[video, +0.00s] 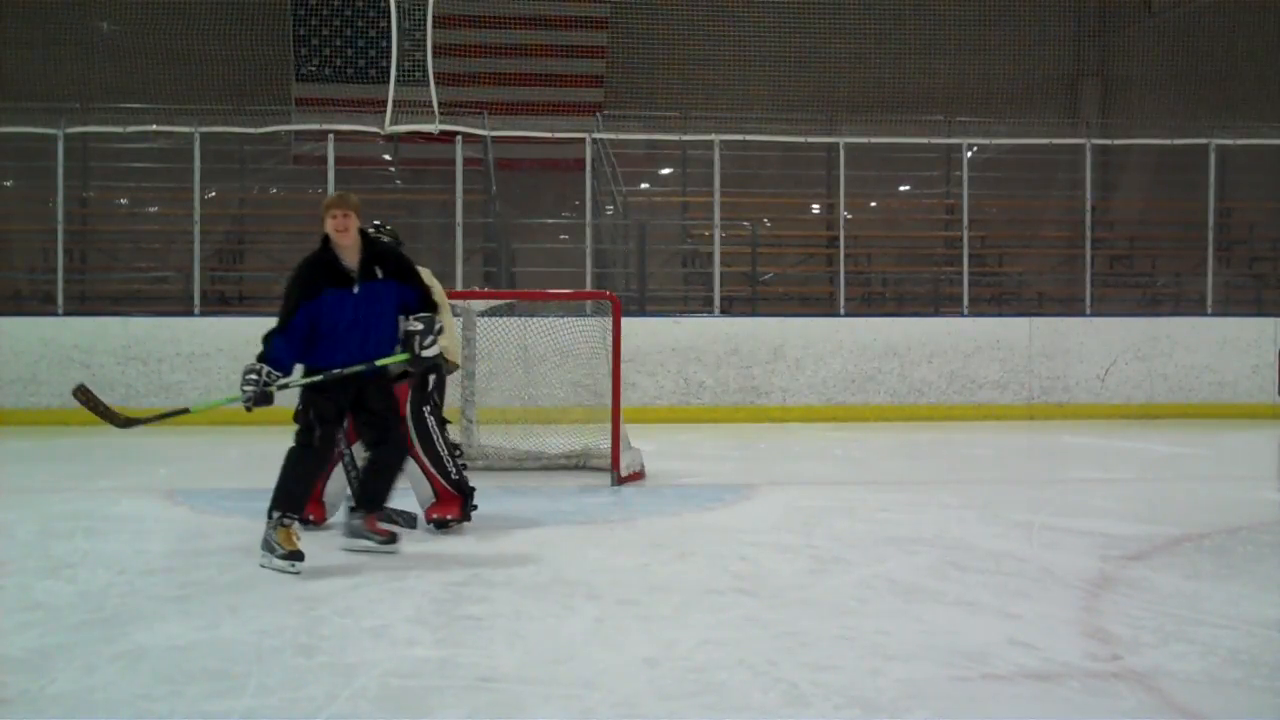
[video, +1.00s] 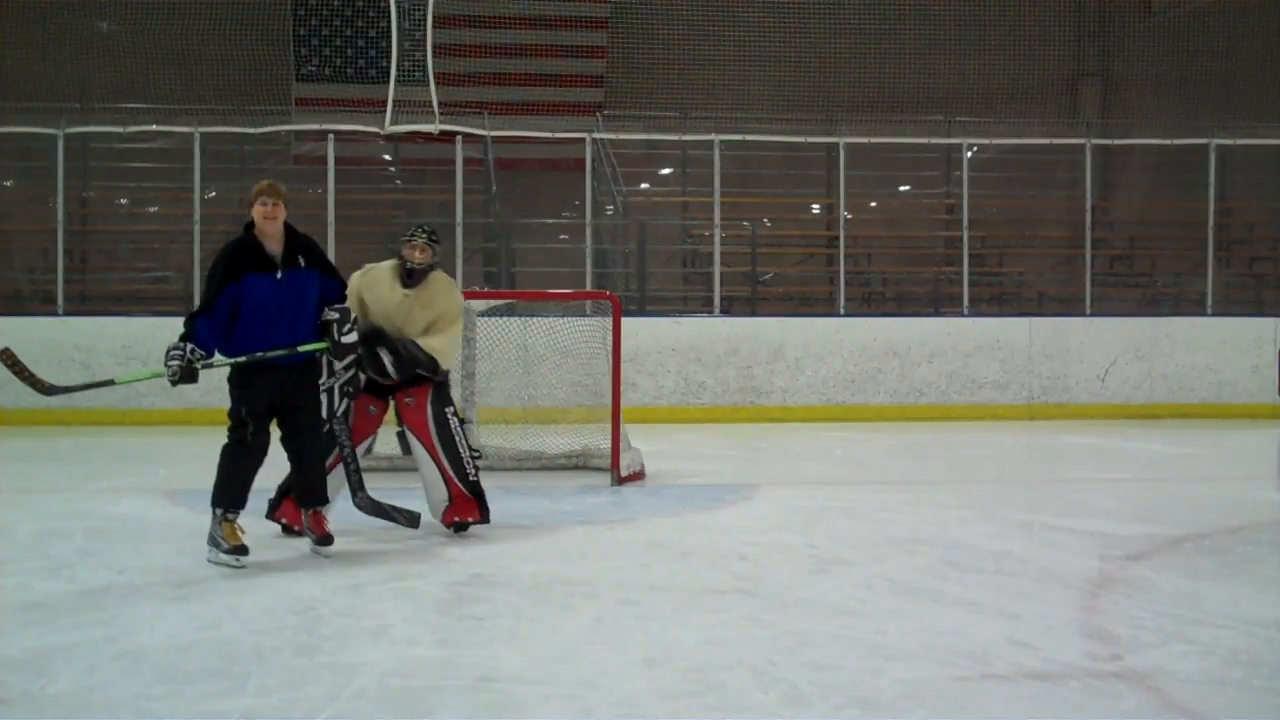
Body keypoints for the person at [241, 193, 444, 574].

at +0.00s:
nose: (341, 223)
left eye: (347, 216)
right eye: (334, 217)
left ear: (358, 221)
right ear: (325, 225)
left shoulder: (388, 261)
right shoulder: (312, 271)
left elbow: (423, 305)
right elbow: (290, 330)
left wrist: (422, 334)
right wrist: (266, 371)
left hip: (374, 374)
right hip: (326, 378)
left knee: (392, 440)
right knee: (315, 444)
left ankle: (363, 517)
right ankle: (282, 525)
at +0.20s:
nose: (322, 216)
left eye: (328, 210)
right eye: (315, 211)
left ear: (339, 215)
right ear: (304, 219)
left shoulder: (366, 259)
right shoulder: (290, 263)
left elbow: (392, 306)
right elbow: (265, 318)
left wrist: (400, 334)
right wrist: (243, 361)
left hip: (347, 372)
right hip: (301, 374)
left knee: (356, 444)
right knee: (297, 445)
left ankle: (323, 518)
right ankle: (267, 526)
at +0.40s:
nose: (304, 212)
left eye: (310, 206)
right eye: (297, 207)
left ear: (321, 212)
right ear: (285, 214)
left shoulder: (343, 253)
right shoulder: (272, 258)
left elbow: (373, 301)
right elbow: (245, 313)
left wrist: (375, 327)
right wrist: (220, 355)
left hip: (328, 368)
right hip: (284, 371)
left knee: (334, 441)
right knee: (285, 444)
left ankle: (314, 517)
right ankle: (259, 526)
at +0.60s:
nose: (287, 210)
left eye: (293, 204)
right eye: (280, 204)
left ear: (303, 210)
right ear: (269, 211)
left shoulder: (325, 251)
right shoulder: (255, 255)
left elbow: (353, 298)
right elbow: (231, 311)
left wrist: (364, 322)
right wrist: (209, 351)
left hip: (317, 365)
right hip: (272, 368)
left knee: (318, 439)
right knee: (274, 441)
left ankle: (310, 514)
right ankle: (254, 525)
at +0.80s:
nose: (276, 210)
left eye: (282, 204)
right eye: (269, 204)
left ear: (291, 211)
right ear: (256, 211)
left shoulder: (311, 250)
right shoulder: (241, 256)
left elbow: (340, 294)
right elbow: (216, 309)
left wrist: (351, 318)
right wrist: (192, 348)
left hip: (307, 364)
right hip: (260, 366)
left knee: (312, 439)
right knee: (262, 440)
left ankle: (310, 511)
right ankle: (239, 523)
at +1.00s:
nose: (269, 210)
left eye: (275, 205)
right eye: (262, 204)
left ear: (285, 211)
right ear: (251, 211)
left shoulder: (307, 251)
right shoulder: (235, 256)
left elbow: (336, 294)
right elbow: (212, 311)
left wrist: (339, 324)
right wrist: (192, 348)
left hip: (301, 366)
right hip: (252, 369)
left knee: (309, 441)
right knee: (248, 442)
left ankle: (312, 509)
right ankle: (224, 522)